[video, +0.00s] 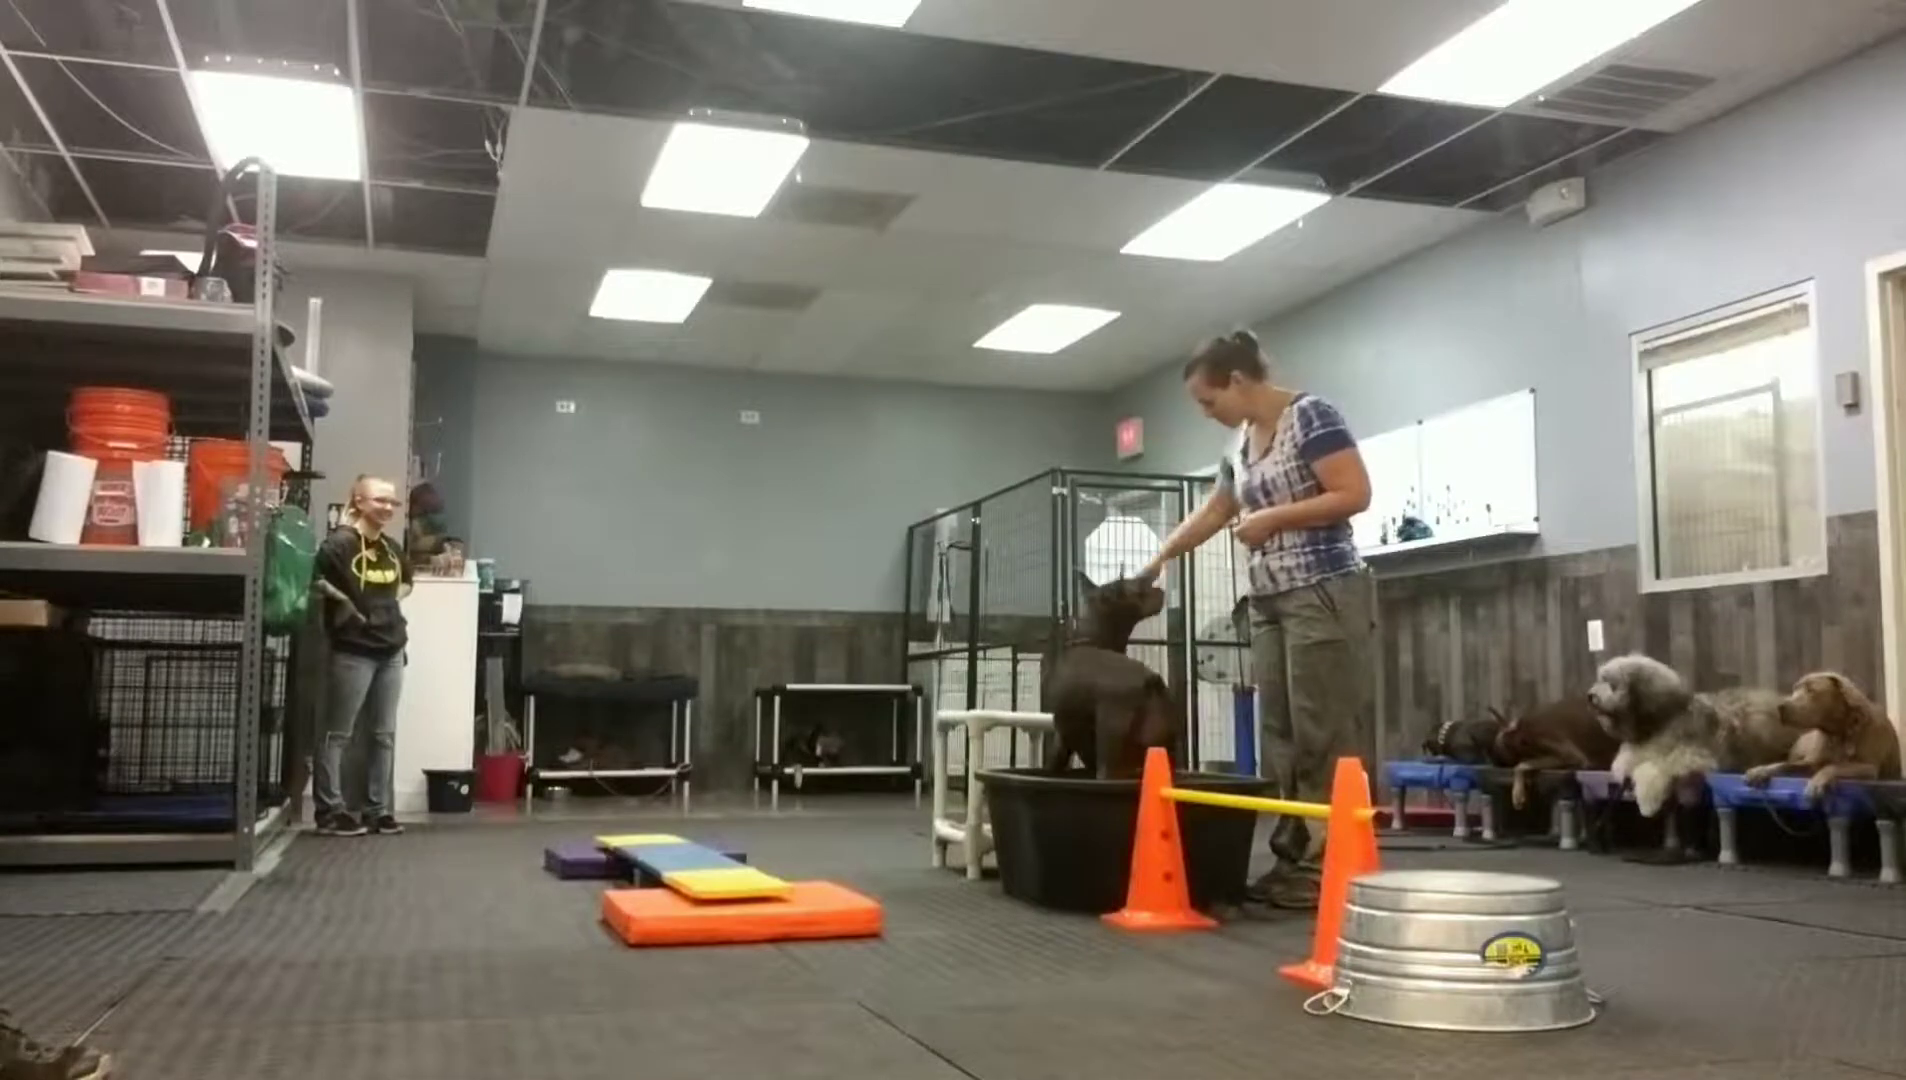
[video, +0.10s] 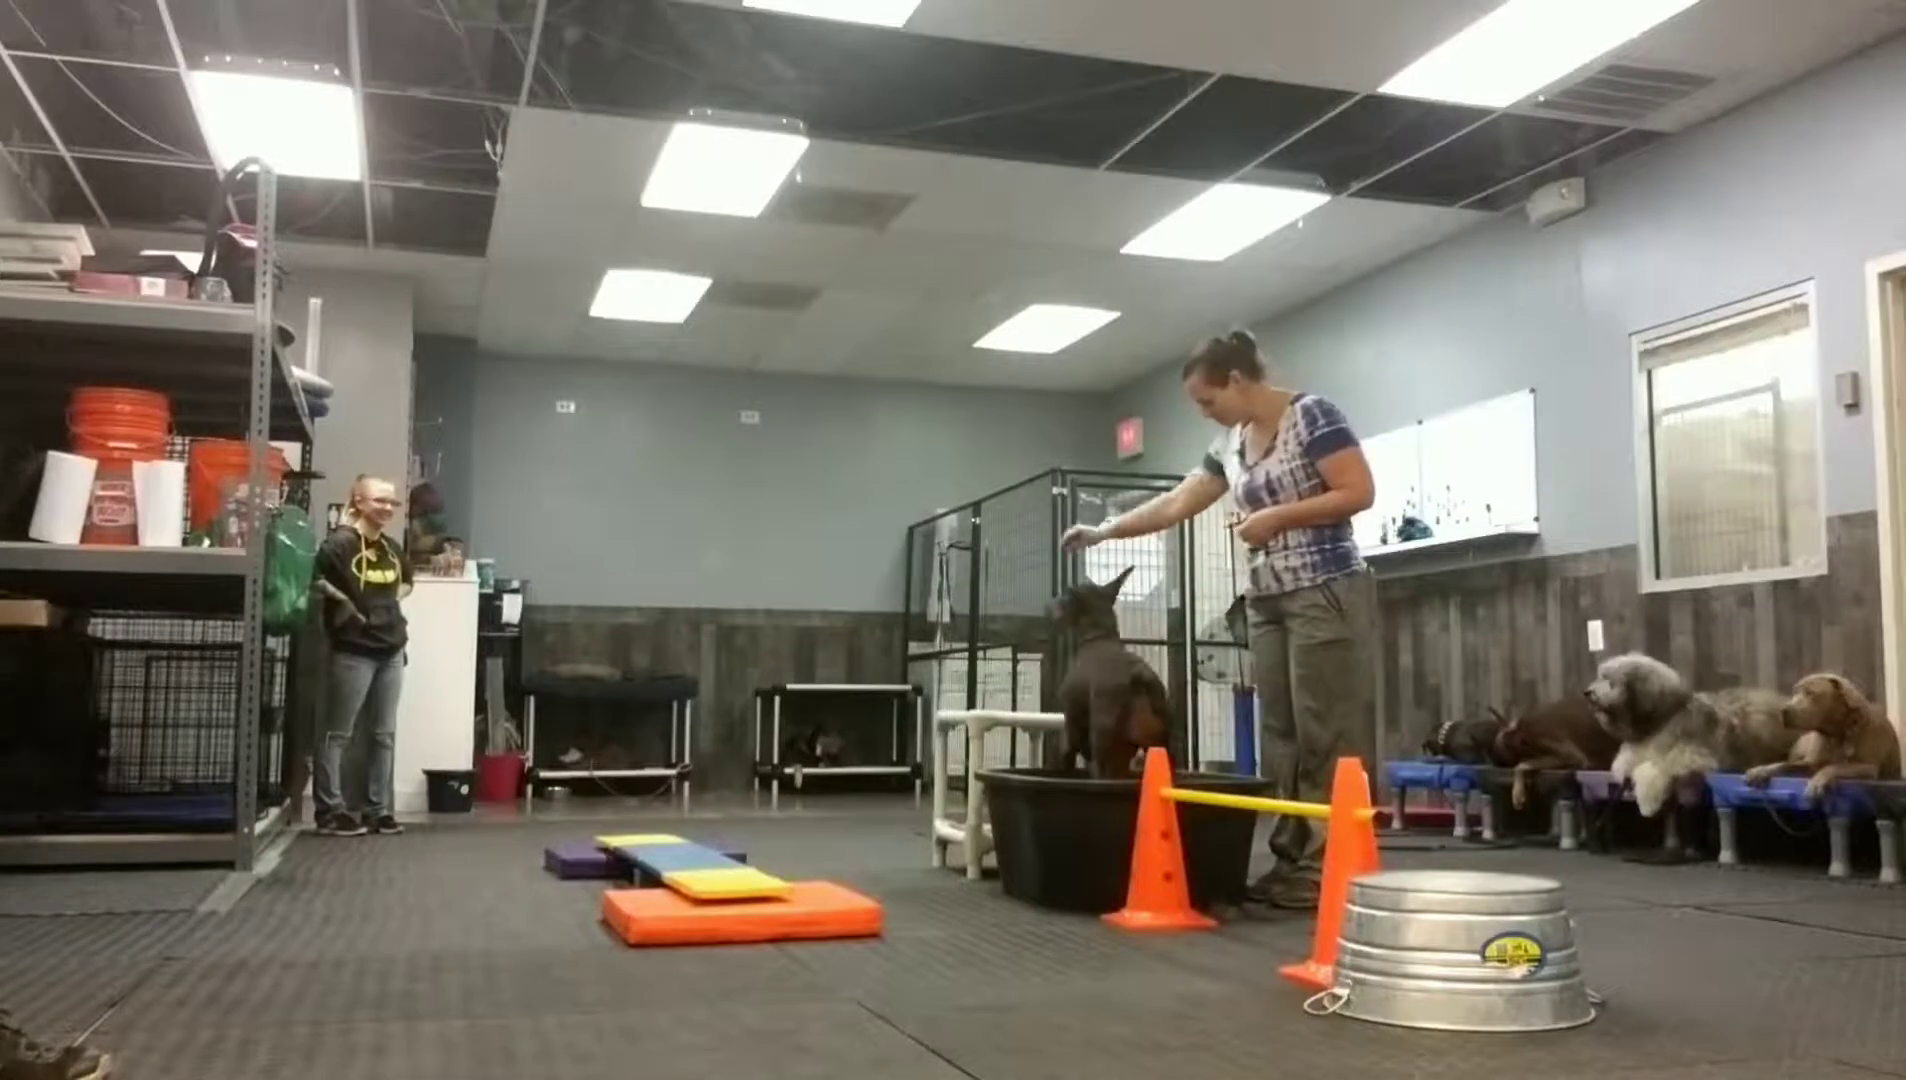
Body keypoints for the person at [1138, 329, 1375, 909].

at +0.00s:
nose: (1209, 414)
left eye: (1209, 402)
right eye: (1203, 406)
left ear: (1238, 381)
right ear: (1233, 387)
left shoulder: (1310, 415)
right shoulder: (1245, 449)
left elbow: (1354, 494)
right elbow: (1215, 511)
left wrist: (1274, 519)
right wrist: (1162, 557)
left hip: (1324, 594)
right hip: (1272, 601)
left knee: (1323, 730)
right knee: (1281, 731)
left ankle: (1325, 869)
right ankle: (1293, 862)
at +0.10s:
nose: (1206, 414)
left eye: (1208, 401)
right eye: (1201, 405)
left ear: (1237, 380)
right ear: (1229, 387)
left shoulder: (1312, 414)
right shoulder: (1236, 447)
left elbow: (1358, 492)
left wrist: (1277, 517)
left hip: (1326, 594)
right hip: (1269, 601)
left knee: (1327, 731)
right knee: (1281, 731)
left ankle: (1325, 869)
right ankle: (1293, 862)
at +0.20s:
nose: (1209, 413)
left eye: (1210, 399)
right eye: (1203, 405)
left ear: (1241, 379)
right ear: (1230, 388)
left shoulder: (1312, 414)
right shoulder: (1234, 444)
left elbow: (1359, 494)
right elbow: (1187, 513)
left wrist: (1278, 516)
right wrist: (1134, 526)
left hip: (1325, 595)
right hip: (1265, 603)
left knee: (1325, 732)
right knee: (1278, 734)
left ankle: (1329, 866)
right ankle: (1293, 861)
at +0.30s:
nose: (1212, 413)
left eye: (1214, 399)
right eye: (1205, 404)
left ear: (1246, 378)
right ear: (1232, 388)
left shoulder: (1313, 415)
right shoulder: (1237, 446)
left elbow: (1358, 494)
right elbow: (1218, 518)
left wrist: (1280, 518)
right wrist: (1200, 537)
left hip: (1324, 594)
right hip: (1264, 601)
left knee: (1329, 729)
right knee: (1278, 732)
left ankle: (1330, 864)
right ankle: (1294, 859)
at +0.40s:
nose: (1218, 413)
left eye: (1220, 400)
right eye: (1211, 405)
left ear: (1250, 378)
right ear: (1234, 389)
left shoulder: (1317, 416)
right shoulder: (1240, 440)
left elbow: (1362, 496)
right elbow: (1228, 507)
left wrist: (1282, 518)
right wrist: (1227, 528)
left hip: (1326, 594)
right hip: (1267, 600)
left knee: (1328, 731)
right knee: (1280, 733)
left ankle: (1331, 865)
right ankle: (1294, 860)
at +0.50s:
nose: (1228, 413)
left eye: (1230, 400)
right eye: (1221, 405)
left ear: (1260, 378)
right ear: (1240, 391)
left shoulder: (1323, 417)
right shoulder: (1247, 445)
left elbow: (1367, 498)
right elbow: (1240, 512)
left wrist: (1286, 517)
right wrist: (1237, 531)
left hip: (1329, 595)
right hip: (1272, 601)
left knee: (1327, 731)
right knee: (1281, 731)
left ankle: (1331, 867)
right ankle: (1292, 861)